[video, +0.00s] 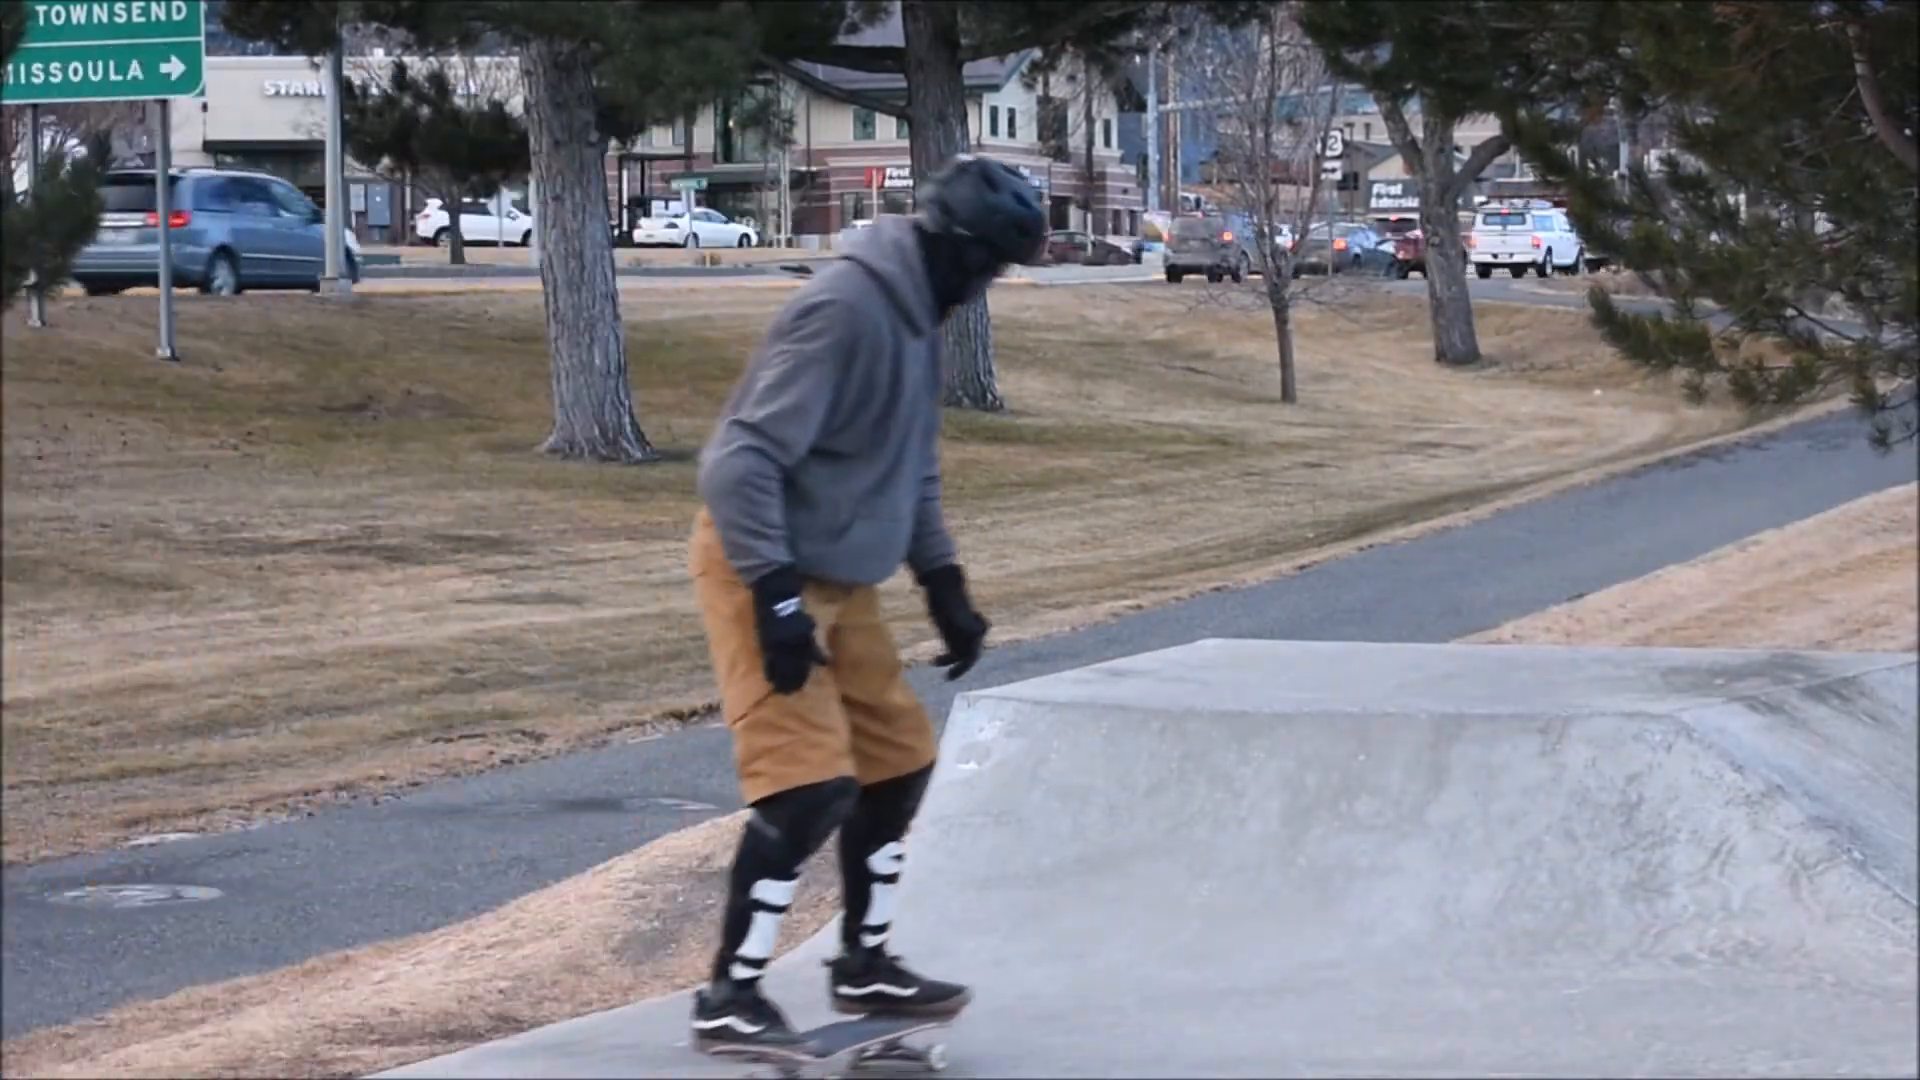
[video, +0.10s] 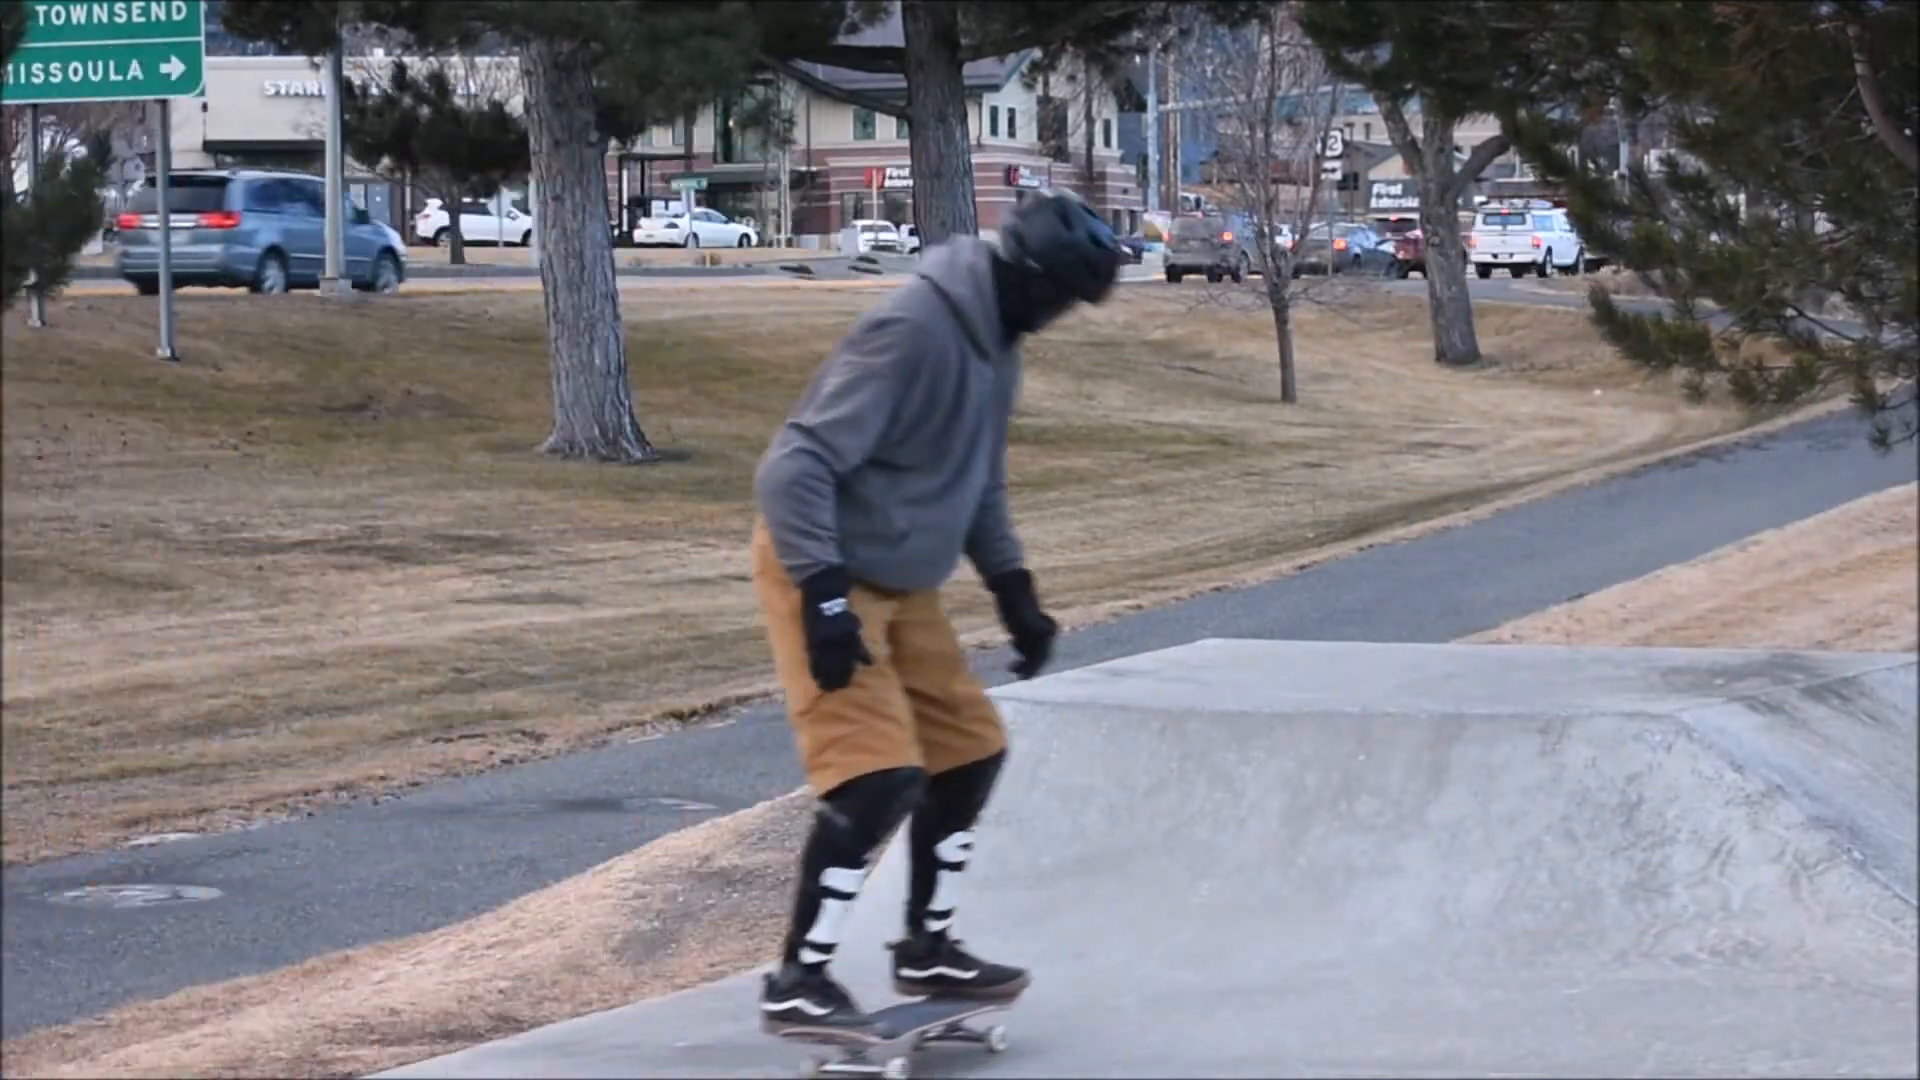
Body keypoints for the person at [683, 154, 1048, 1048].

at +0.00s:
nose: (991, 283)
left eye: (1001, 268)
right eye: (992, 263)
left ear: (965, 241)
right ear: (957, 238)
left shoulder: (918, 312)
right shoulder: (845, 305)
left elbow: (914, 468)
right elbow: (740, 458)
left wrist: (943, 583)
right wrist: (774, 596)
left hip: (841, 577)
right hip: (762, 570)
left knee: (895, 763)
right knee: (807, 783)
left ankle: (863, 962)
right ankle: (730, 994)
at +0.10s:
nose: (1058, 314)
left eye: (1068, 301)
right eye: (1060, 296)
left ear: (1036, 274)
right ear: (1030, 270)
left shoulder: (994, 342)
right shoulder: (913, 327)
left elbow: (980, 483)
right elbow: (795, 466)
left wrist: (1016, 595)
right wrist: (824, 602)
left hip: (905, 581)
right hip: (826, 573)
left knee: (966, 754)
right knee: (877, 773)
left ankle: (925, 947)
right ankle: (799, 979)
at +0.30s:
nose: (1165, 427)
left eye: (1175, 418)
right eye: (1167, 411)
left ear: (1157, 389)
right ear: (1145, 380)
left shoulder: (1122, 431)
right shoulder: (1022, 414)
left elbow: (1118, 548)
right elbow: (888, 523)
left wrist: (1188, 628)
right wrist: (906, 648)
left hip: (1015, 612)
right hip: (935, 603)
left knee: (1116, 750)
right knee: (1030, 769)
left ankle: (1040, 918)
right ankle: (925, 945)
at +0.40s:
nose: (1213, 475)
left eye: (1222, 466)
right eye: (1212, 461)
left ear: (1205, 439)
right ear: (1186, 430)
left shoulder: (1188, 472)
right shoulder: (1070, 449)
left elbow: (1197, 576)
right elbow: (928, 538)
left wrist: (1274, 622)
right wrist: (933, 666)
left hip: (1074, 624)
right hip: (985, 612)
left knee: (1177, 750)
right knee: (1091, 765)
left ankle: (1093, 906)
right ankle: (985, 931)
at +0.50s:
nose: (1247, 504)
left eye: (1256, 494)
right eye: (1242, 490)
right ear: (1212, 458)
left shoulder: (1246, 482)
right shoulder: (1110, 459)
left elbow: (1271, 603)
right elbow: (969, 537)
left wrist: (1317, 592)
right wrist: (955, 657)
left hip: (1129, 616)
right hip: (1035, 602)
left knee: (1230, 746)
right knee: (1145, 754)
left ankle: (1141, 893)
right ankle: (1037, 916)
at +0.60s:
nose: (1267, 496)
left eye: (1282, 483)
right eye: (1256, 481)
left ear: (1301, 457)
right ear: (1224, 443)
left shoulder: (1293, 458)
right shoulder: (1146, 439)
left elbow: (1328, 586)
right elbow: (1023, 491)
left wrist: (1282, 539)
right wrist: (977, 590)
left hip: (1192, 593)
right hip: (1100, 579)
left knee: (1274, 737)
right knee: (1189, 743)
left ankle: (1192, 872)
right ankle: (1092, 905)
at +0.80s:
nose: (1286, 372)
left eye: (1300, 364)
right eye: (1274, 362)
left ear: (1324, 335)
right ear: (1244, 329)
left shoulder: (1349, 341)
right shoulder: (1191, 314)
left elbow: (1443, 422)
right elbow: (1101, 311)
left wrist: (1492, 508)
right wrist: (1015, 354)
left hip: (1312, 488)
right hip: (1205, 486)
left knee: (1383, 640)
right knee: (1220, 662)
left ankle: (1413, 745)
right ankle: (1189, 772)